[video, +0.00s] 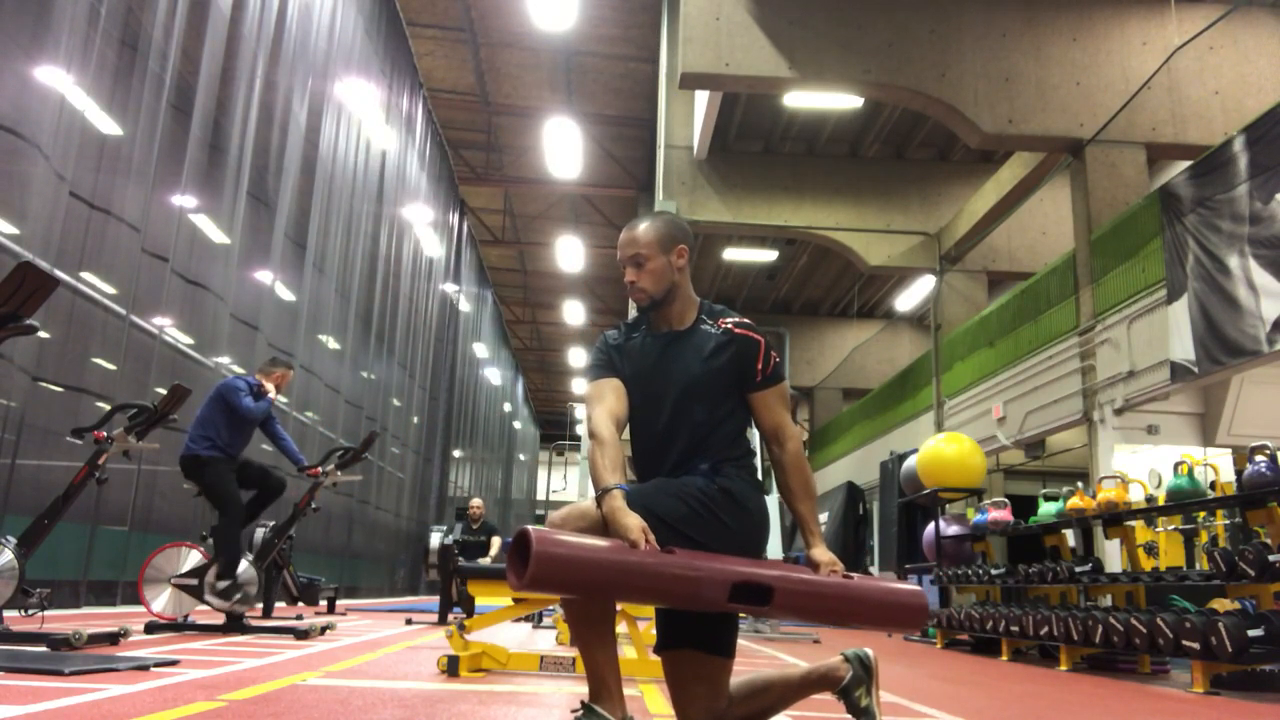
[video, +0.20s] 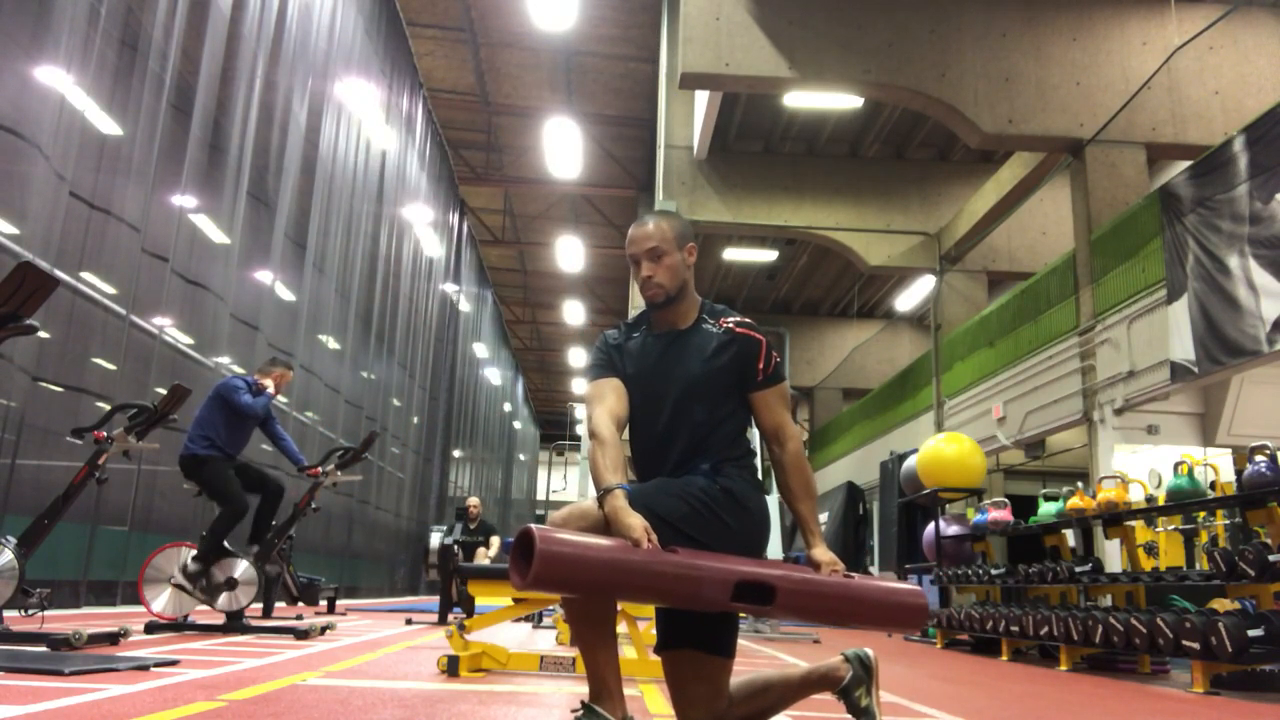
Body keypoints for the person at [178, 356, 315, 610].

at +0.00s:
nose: (283, 389)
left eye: (285, 386)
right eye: (285, 384)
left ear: (271, 376)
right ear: (277, 377)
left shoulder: (260, 401)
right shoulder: (234, 385)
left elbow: (277, 434)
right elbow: (251, 412)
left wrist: (303, 465)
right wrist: (270, 397)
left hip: (227, 461)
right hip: (202, 459)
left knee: (275, 484)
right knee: (233, 510)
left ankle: (229, 529)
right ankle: (224, 580)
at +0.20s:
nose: (282, 389)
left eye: (284, 386)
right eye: (284, 384)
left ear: (272, 378)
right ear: (274, 377)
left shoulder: (261, 401)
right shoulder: (232, 384)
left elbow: (277, 435)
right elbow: (251, 409)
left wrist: (303, 465)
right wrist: (269, 392)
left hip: (226, 461)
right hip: (200, 458)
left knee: (274, 488)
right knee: (238, 505)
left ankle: (257, 546)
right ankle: (198, 563)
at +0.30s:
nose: (283, 388)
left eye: (285, 384)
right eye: (283, 382)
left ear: (273, 379)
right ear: (269, 375)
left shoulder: (260, 404)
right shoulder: (231, 385)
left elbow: (277, 435)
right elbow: (248, 410)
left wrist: (303, 465)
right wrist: (266, 390)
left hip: (222, 461)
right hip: (200, 457)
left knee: (261, 509)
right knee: (248, 492)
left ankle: (252, 563)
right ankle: (206, 539)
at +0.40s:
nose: (283, 388)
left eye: (286, 384)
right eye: (283, 381)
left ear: (271, 379)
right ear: (267, 374)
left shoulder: (261, 405)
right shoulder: (231, 384)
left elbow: (278, 435)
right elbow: (246, 409)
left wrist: (303, 465)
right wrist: (266, 388)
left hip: (222, 464)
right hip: (199, 457)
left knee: (248, 518)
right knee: (257, 474)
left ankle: (235, 569)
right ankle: (212, 528)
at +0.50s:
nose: (282, 388)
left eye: (285, 384)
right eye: (282, 381)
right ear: (267, 373)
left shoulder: (262, 406)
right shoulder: (231, 384)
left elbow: (279, 436)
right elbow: (243, 409)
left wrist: (303, 466)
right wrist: (265, 389)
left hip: (221, 464)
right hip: (199, 456)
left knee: (248, 518)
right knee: (259, 471)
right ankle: (230, 531)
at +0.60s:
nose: (280, 388)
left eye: (283, 385)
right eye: (280, 381)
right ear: (266, 371)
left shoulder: (259, 404)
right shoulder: (229, 384)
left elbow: (277, 435)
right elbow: (238, 413)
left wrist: (303, 465)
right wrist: (264, 395)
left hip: (218, 461)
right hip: (199, 456)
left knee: (257, 509)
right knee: (255, 485)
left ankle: (226, 544)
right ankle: (239, 549)